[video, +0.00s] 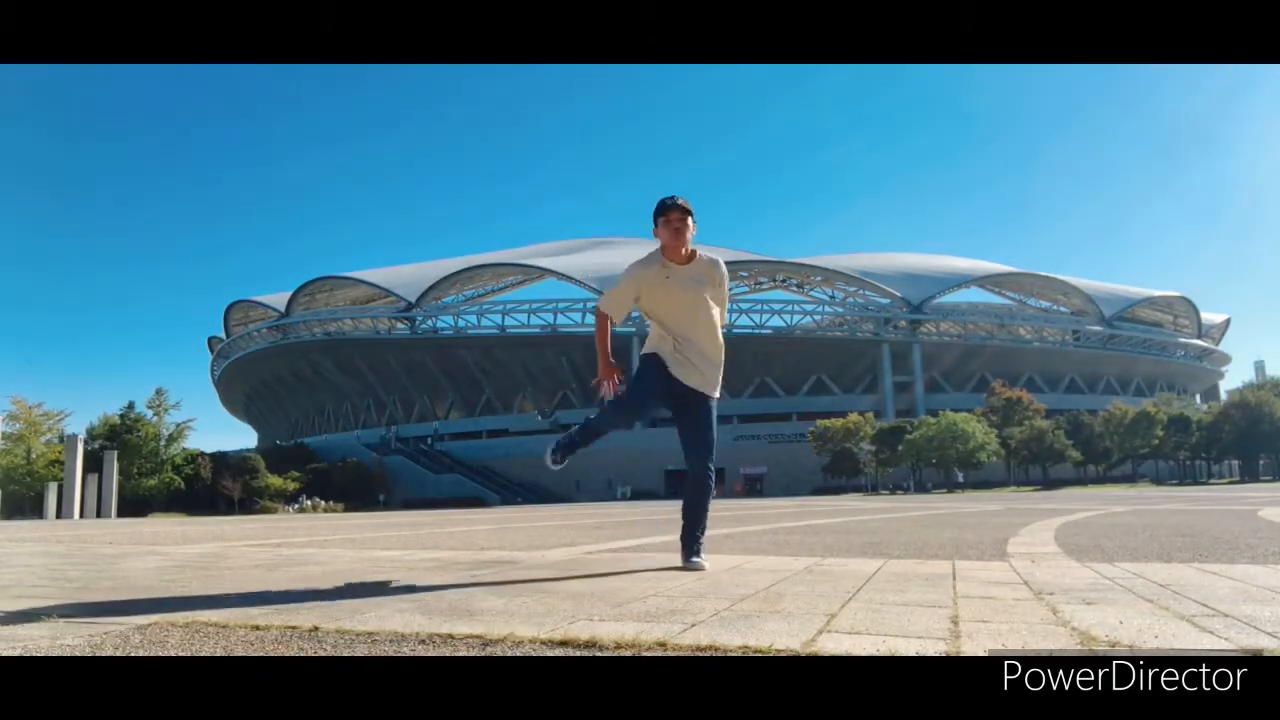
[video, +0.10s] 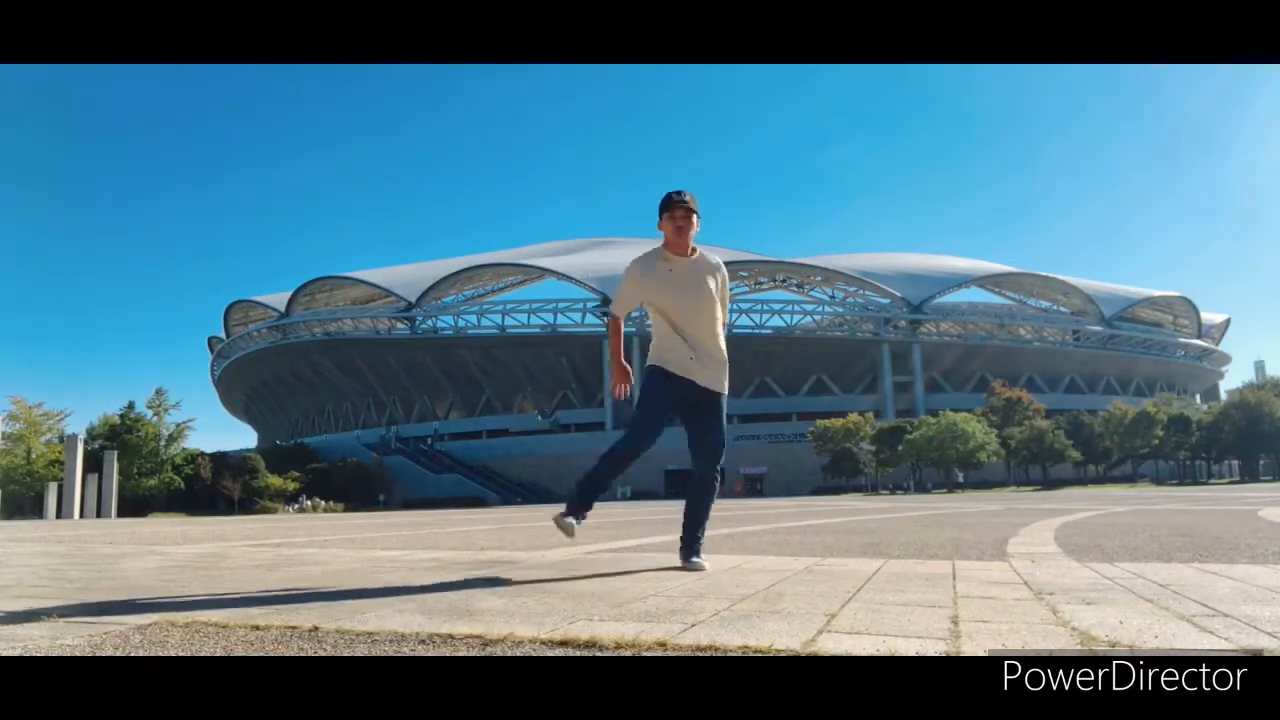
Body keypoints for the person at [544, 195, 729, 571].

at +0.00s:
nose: (677, 230)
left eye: (683, 223)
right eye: (669, 224)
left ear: (694, 228)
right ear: (656, 230)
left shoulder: (715, 270)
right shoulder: (643, 273)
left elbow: (719, 319)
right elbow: (605, 311)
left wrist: (700, 355)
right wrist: (604, 362)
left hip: (702, 378)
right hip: (661, 362)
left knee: (702, 468)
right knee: (629, 410)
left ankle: (692, 548)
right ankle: (572, 442)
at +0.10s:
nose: (684, 223)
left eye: (689, 217)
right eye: (676, 217)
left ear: (698, 223)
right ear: (662, 224)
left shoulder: (715, 269)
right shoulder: (644, 267)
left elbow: (719, 322)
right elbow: (616, 315)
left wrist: (710, 365)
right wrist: (618, 363)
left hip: (710, 381)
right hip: (665, 371)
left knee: (709, 466)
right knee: (639, 439)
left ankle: (692, 549)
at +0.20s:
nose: (684, 233)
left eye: (690, 227)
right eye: (677, 227)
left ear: (699, 233)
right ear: (664, 232)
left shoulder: (713, 275)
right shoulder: (640, 273)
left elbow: (731, 323)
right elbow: (631, 319)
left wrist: (707, 351)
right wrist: (649, 352)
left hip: (701, 363)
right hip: (655, 364)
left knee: (704, 451)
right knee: (664, 442)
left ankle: (695, 544)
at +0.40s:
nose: (682, 239)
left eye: (688, 233)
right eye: (674, 233)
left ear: (696, 239)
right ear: (661, 239)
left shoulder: (714, 283)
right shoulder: (639, 281)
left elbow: (745, 328)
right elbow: (606, 321)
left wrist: (754, 370)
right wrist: (608, 368)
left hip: (705, 379)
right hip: (659, 368)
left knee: (707, 467)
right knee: (681, 391)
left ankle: (685, 546)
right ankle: (742, 465)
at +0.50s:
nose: (678, 226)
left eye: (684, 220)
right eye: (670, 220)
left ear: (694, 225)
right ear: (657, 227)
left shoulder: (714, 270)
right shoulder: (638, 267)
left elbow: (744, 310)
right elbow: (589, 295)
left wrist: (766, 350)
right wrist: (559, 329)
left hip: (703, 363)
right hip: (659, 354)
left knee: (708, 458)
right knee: (667, 388)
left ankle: (685, 541)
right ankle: (679, 440)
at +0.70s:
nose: (672, 207)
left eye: (678, 201)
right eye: (665, 201)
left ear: (688, 207)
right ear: (652, 208)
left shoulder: (705, 252)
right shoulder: (634, 249)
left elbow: (731, 298)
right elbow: (611, 301)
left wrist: (753, 338)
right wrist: (601, 347)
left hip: (686, 357)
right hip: (643, 348)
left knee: (696, 454)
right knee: (635, 389)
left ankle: (695, 543)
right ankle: (632, 429)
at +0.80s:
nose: (665, 205)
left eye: (671, 198)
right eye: (657, 198)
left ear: (681, 204)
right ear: (643, 204)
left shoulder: (699, 251)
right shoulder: (623, 249)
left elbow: (723, 302)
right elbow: (611, 303)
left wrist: (748, 340)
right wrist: (615, 352)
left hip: (682, 359)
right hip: (636, 353)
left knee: (691, 450)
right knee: (626, 428)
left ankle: (692, 532)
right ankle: (612, 467)